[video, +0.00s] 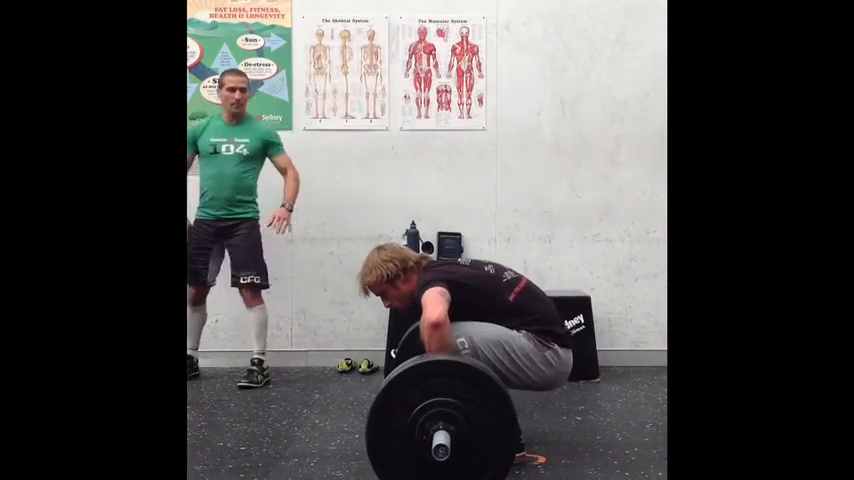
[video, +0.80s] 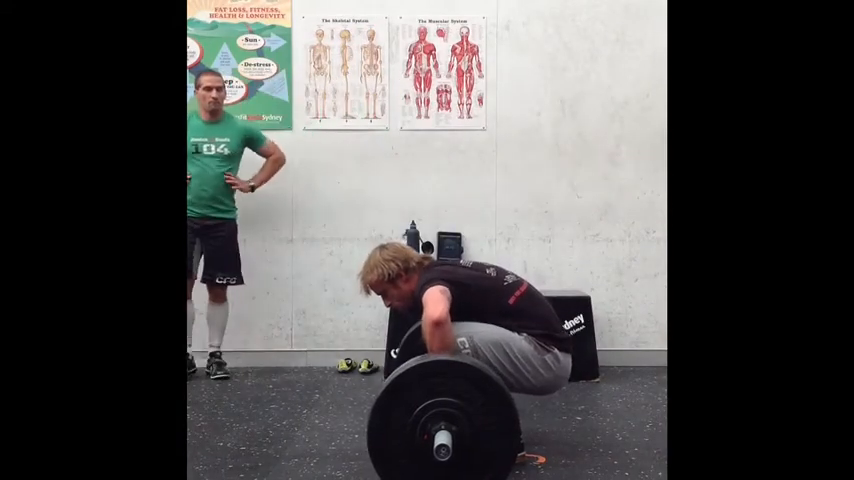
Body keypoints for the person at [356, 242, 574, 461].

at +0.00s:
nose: (386, 305)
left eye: (384, 295)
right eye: (381, 298)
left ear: (400, 278)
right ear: (402, 276)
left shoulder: (432, 276)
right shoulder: (441, 269)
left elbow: (435, 320)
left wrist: (440, 387)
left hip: (546, 353)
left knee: (444, 341)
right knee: (447, 340)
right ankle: (504, 438)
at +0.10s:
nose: (387, 305)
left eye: (384, 296)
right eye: (381, 299)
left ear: (401, 279)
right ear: (403, 276)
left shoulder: (431, 278)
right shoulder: (440, 270)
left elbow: (435, 320)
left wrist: (440, 388)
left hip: (546, 357)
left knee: (444, 340)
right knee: (442, 339)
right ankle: (504, 437)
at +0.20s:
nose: (387, 306)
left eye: (385, 296)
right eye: (381, 299)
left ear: (401, 279)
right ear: (403, 277)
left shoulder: (432, 279)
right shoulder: (440, 271)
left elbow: (436, 320)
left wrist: (440, 386)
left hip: (545, 360)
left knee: (441, 340)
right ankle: (504, 437)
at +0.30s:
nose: (387, 304)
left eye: (385, 295)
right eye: (381, 298)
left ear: (401, 278)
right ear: (404, 276)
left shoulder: (433, 278)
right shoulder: (441, 270)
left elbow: (437, 320)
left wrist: (441, 386)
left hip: (545, 357)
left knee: (442, 340)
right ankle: (504, 437)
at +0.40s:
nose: (387, 303)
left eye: (385, 294)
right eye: (381, 297)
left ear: (402, 277)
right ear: (404, 275)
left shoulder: (433, 277)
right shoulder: (440, 269)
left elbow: (437, 319)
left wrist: (441, 386)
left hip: (546, 356)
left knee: (443, 340)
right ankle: (503, 437)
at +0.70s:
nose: (387, 304)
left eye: (385, 295)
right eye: (381, 297)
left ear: (402, 278)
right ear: (404, 276)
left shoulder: (434, 278)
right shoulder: (441, 271)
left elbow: (437, 319)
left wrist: (441, 385)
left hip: (546, 358)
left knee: (442, 340)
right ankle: (504, 437)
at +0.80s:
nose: (387, 304)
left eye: (385, 294)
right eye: (381, 297)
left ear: (401, 278)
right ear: (403, 276)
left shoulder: (432, 278)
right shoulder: (440, 270)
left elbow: (437, 317)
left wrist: (442, 384)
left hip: (546, 357)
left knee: (442, 339)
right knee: (438, 337)